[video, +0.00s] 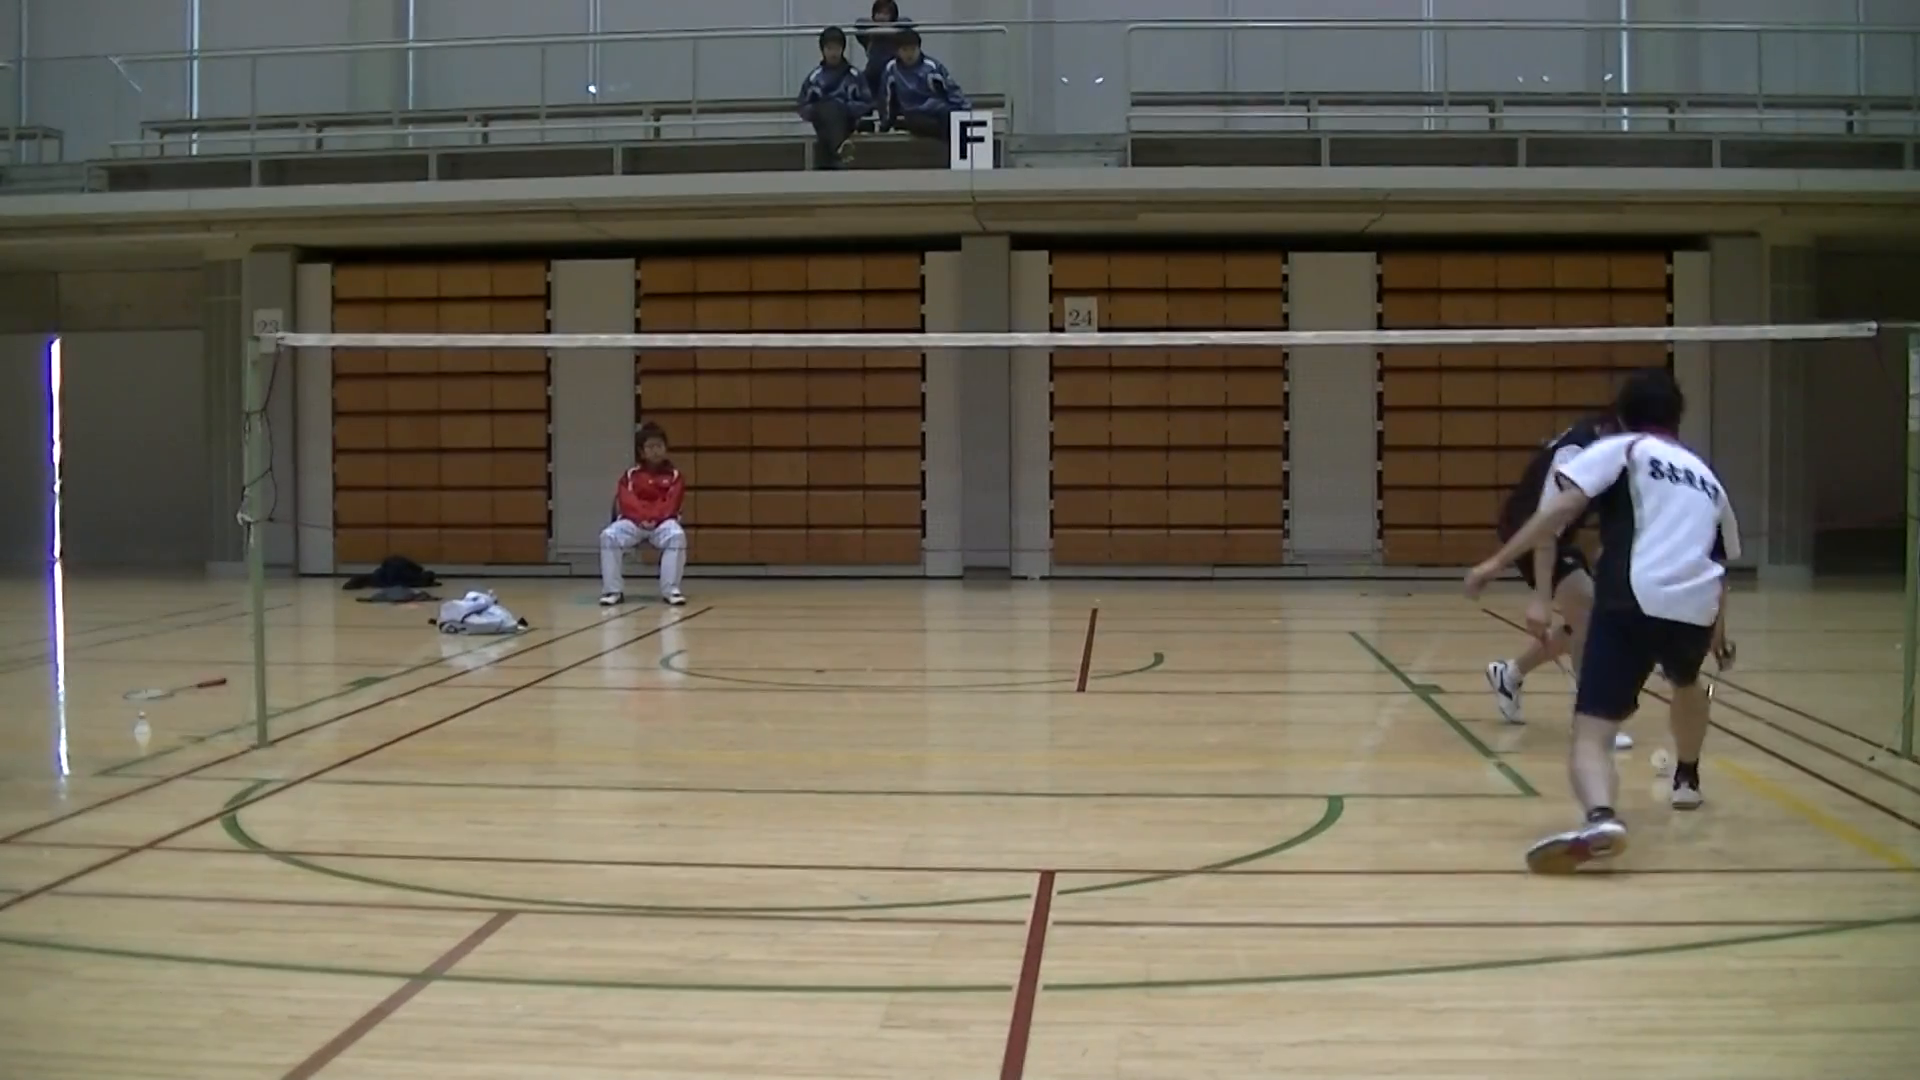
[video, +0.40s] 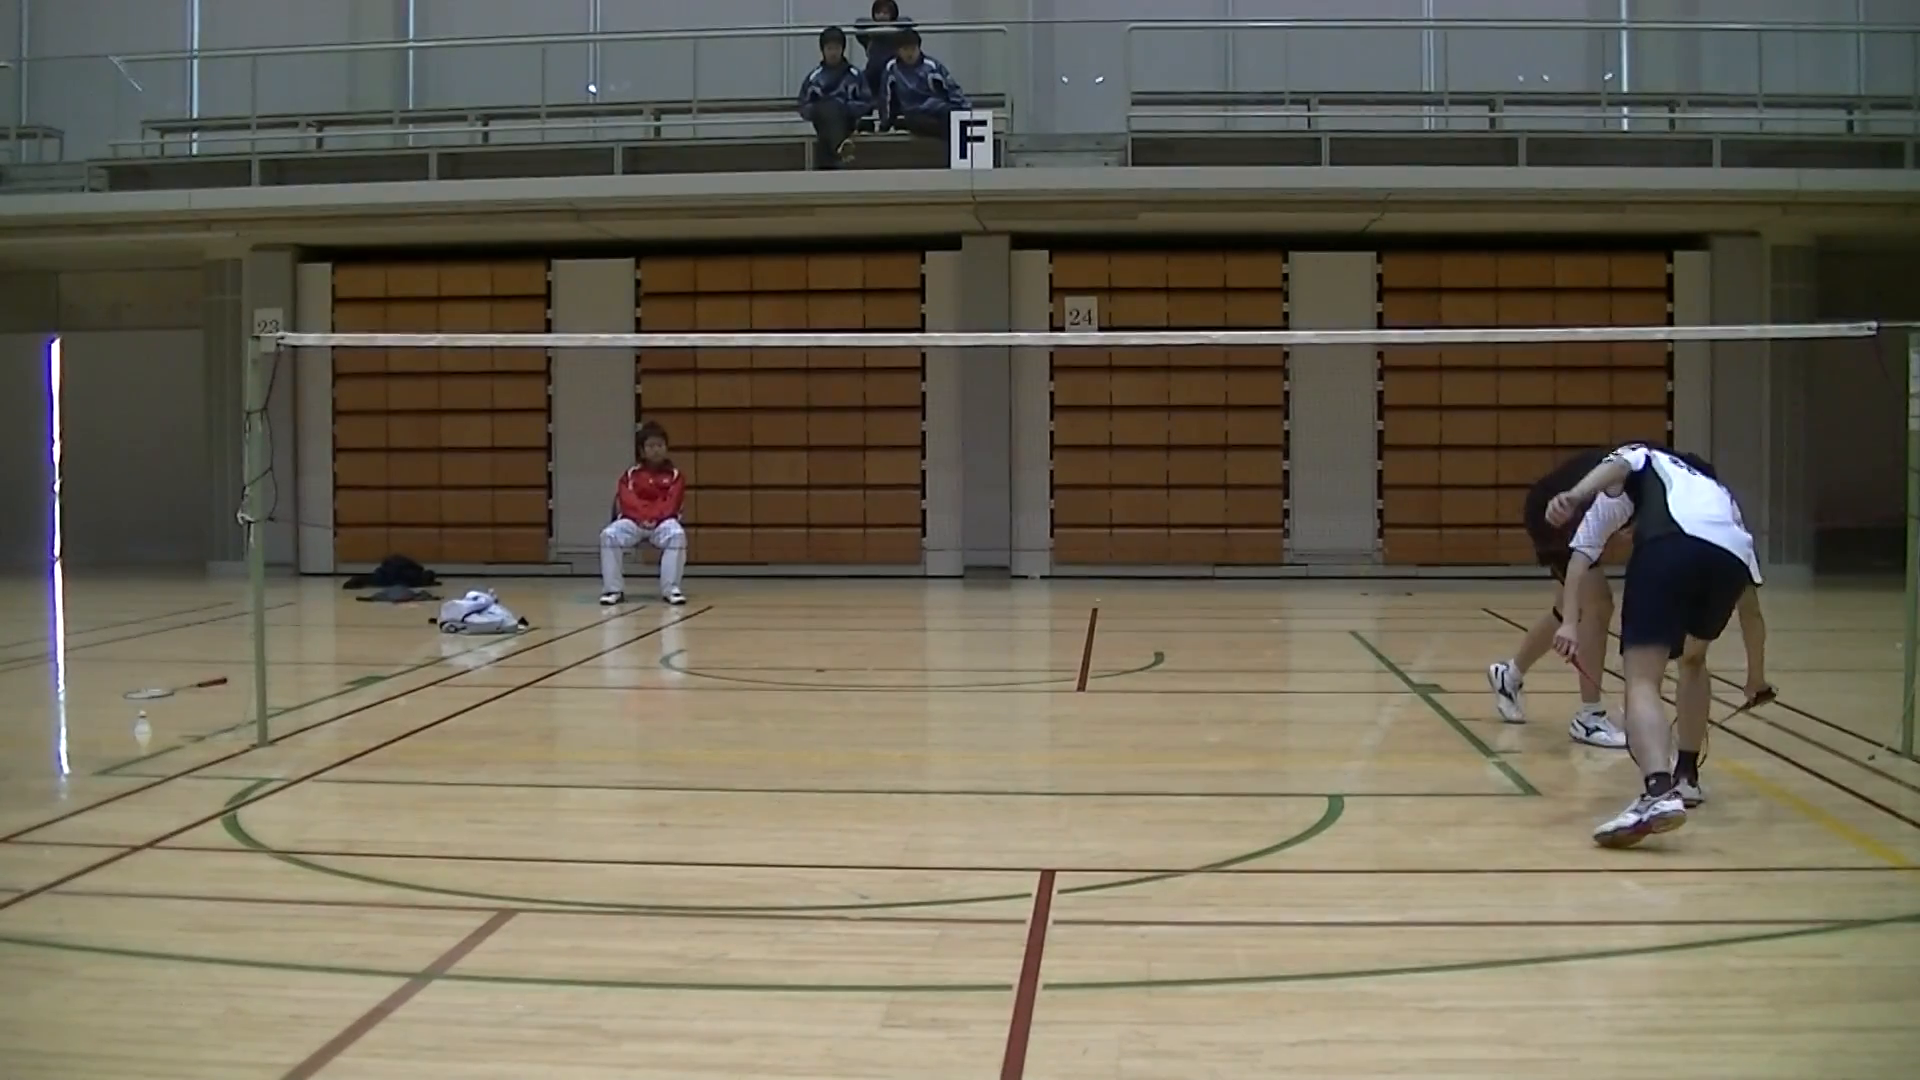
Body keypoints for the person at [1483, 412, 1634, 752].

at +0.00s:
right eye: (1639, 435)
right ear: (1622, 425)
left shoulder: (1624, 448)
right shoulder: (1578, 446)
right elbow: (1546, 524)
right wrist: (1542, 599)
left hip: (1560, 536)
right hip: (1530, 531)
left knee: (1585, 620)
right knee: (1589, 609)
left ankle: (1511, 673)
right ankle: (1598, 720)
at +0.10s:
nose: (1646, 470)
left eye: (1651, 466)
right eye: (1645, 463)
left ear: (1629, 446)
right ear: (1625, 450)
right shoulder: (1589, 470)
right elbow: (1562, 546)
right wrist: (1554, 616)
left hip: (1568, 527)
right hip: (1538, 526)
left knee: (1576, 615)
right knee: (1590, 612)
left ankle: (1510, 673)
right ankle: (1590, 712)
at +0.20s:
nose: (1678, 487)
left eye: (1683, 481)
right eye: (1678, 479)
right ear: (1665, 464)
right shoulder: (1607, 474)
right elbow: (1569, 546)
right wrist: (1565, 620)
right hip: (1544, 515)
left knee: (1577, 612)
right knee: (1595, 608)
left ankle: (1509, 673)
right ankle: (1590, 713)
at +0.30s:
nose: (1623, 539)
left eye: (1623, 532)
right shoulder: (1613, 490)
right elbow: (1575, 560)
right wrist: (1567, 623)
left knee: (1565, 613)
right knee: (1597, 606)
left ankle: (1509, 674)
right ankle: (1590, 716)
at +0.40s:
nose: (1633, 539)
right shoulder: (1612, 500)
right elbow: (1578, 561)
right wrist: (1568, 623)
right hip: (1556, 520)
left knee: (1566, 612)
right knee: (1599, 605)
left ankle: (1511, 675)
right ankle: (1590, 716)